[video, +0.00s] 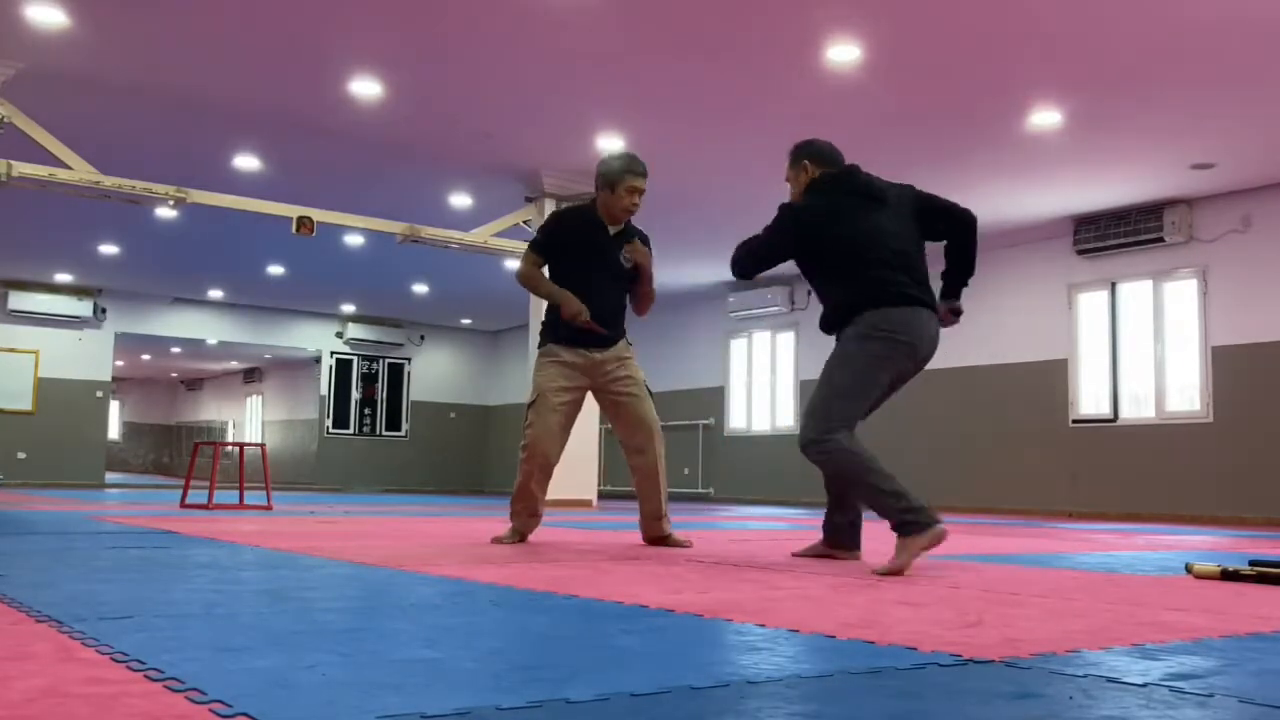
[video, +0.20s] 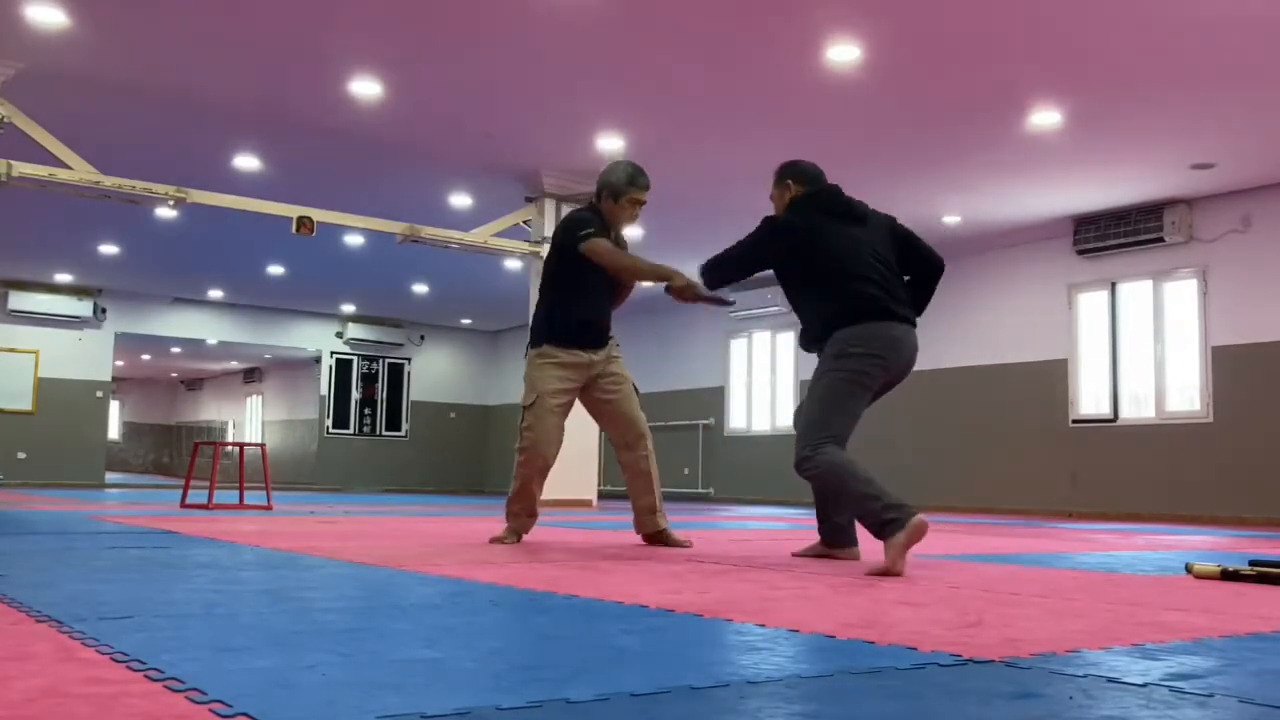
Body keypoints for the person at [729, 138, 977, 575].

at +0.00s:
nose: (788, 190)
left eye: (789, 181)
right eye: (787, 183)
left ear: (807, 172)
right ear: (837, 169)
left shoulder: (803, 213)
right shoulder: (894, 195)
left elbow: (743, 265)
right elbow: (962, 221)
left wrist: (772, 234)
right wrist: (951, 293)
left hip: (879, 326)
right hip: (920, 325)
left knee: (820, 436)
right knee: (835, 428)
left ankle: (917, 525)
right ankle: (841, 539)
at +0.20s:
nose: (772, 206)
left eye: (774, 197)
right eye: (773, 197)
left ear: (790, 190)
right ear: (820, 188)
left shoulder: (785, 227)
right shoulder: (873, 219)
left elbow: (714, 274)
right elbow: (930, 264)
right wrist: (903, 313)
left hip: (858, 339)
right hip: (900, 340)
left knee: (814, 453)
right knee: (818, 428)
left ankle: (898, 523)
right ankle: (838, 538)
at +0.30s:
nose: (767, 206)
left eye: (769, 199)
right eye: (766, 200)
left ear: (785, 192)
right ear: (815, 190)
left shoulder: (782, 222)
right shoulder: (866, 223)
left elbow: (719, 256)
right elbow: (920, 272)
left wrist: (688, 296)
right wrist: (890, 318)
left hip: (856, 339)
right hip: (892, 339)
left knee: (815, 446)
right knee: (804, 422)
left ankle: (907, 524)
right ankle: (837, 539)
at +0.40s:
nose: (756, 208)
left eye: (757, 200)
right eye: (755, 201)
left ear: (774, 193)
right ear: (800, 191)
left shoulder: (779, 219)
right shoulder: (845, 223)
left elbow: (717, 253)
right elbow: (907, 273)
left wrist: (678, 298)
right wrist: (874, 316)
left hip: (859, 337)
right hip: (878, 336)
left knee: (825, 442)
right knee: (795, 429)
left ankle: (916, 528)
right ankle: (837, 539)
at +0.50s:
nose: (743, 211)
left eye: (743, 200)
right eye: (741, 202)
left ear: (762, 189)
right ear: (778, 189)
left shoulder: (788, 215)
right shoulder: (810, 216)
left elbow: (742, 265)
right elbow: (830, 291)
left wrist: (705, 302)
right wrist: (792, 336)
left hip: (864, 329)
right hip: (848, 336)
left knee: (824, 428)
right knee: (788, 430)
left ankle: (910, 524)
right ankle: (836, 539)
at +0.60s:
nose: (734, 208)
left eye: (735, 196)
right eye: (732, 198)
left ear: (753, 187)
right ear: (760, 187)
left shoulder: (797, 206)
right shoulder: (784, 226)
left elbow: (807, 262)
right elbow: (760, 296)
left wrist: (766, 305)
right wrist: (711, 343)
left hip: (863, 326)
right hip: (840, 334)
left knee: (804, 419)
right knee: (783, 429)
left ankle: (866, 537)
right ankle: (836, 537)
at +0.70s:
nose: (728, 205)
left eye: (729, 193)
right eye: (727, 195)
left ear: (747, 183)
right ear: (754, 186)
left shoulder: (799, 198)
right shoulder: (768, 242)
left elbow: (825, 253)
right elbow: (739, 297)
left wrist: (770, 287)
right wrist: (688, 332)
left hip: (852, 329)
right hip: (825, 339)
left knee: (794, 429)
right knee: (781, 433)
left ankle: (869, 533)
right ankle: (835, 537)